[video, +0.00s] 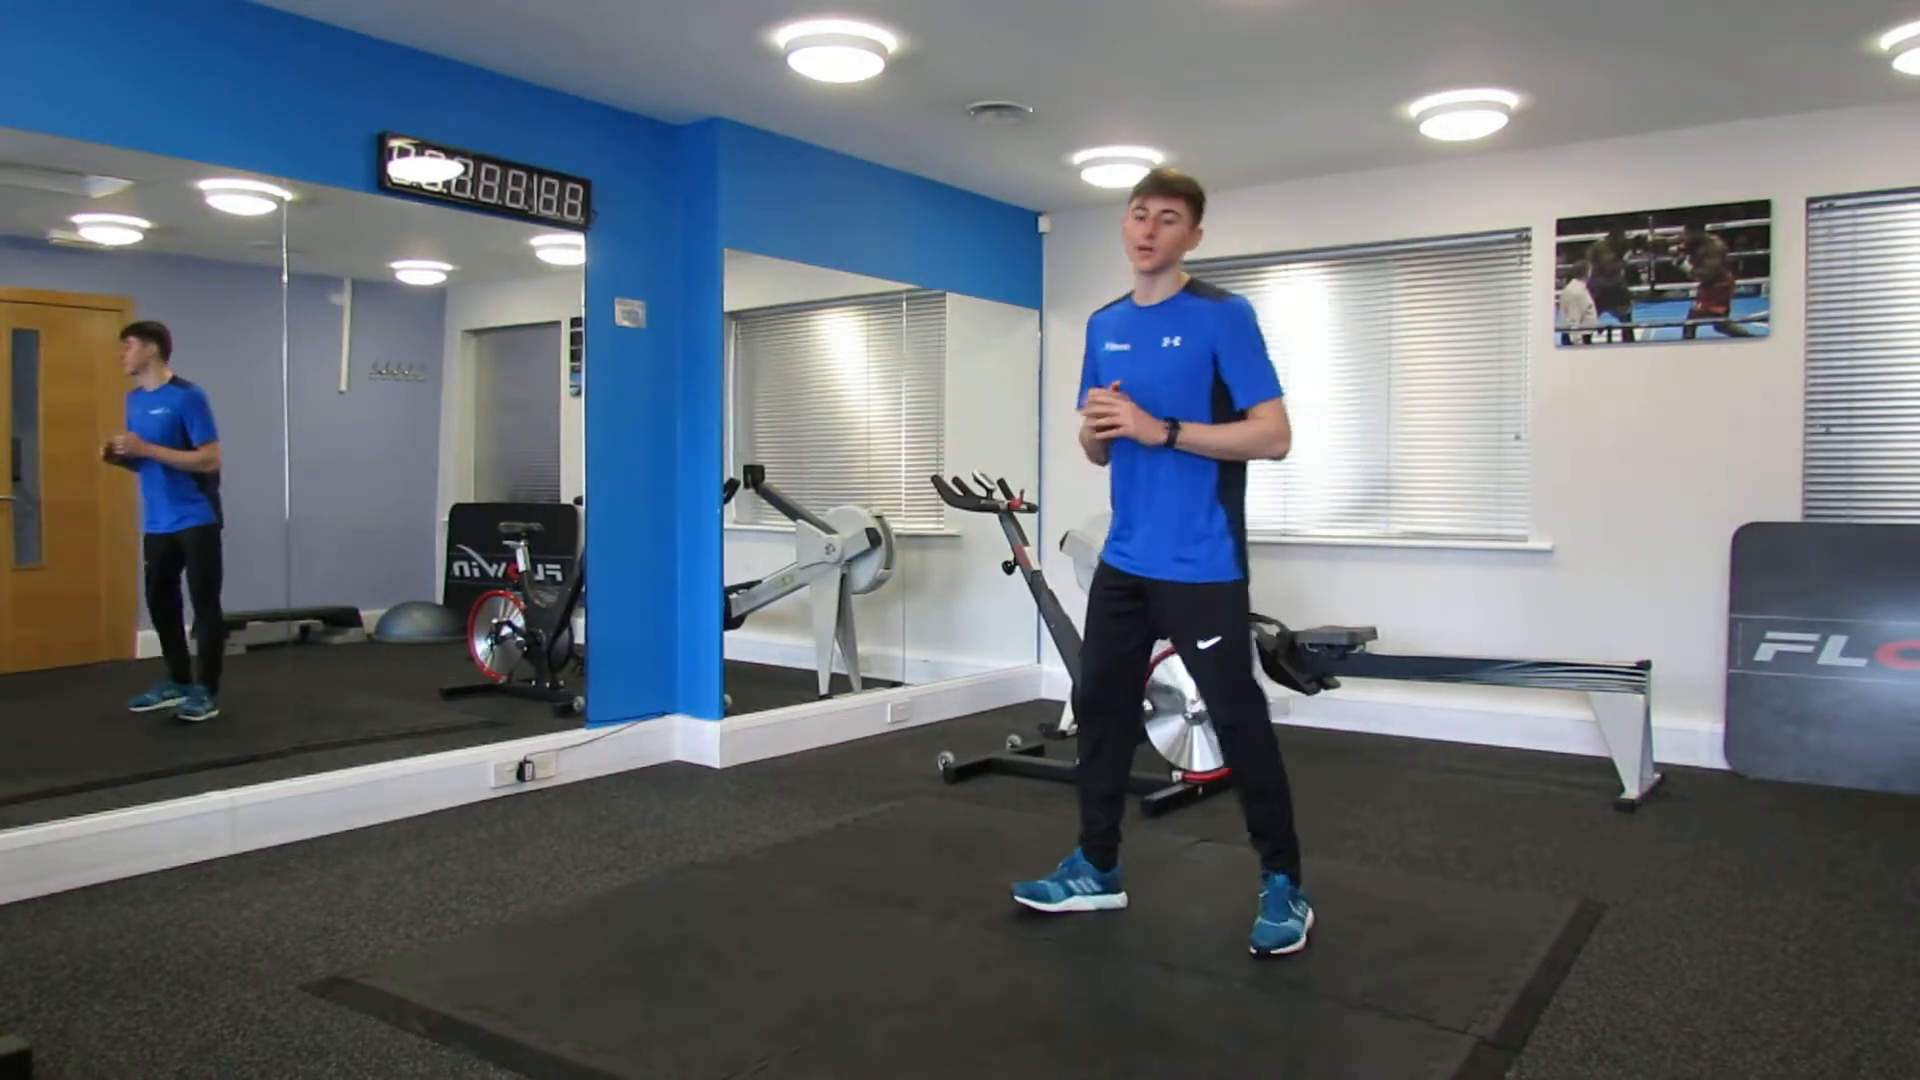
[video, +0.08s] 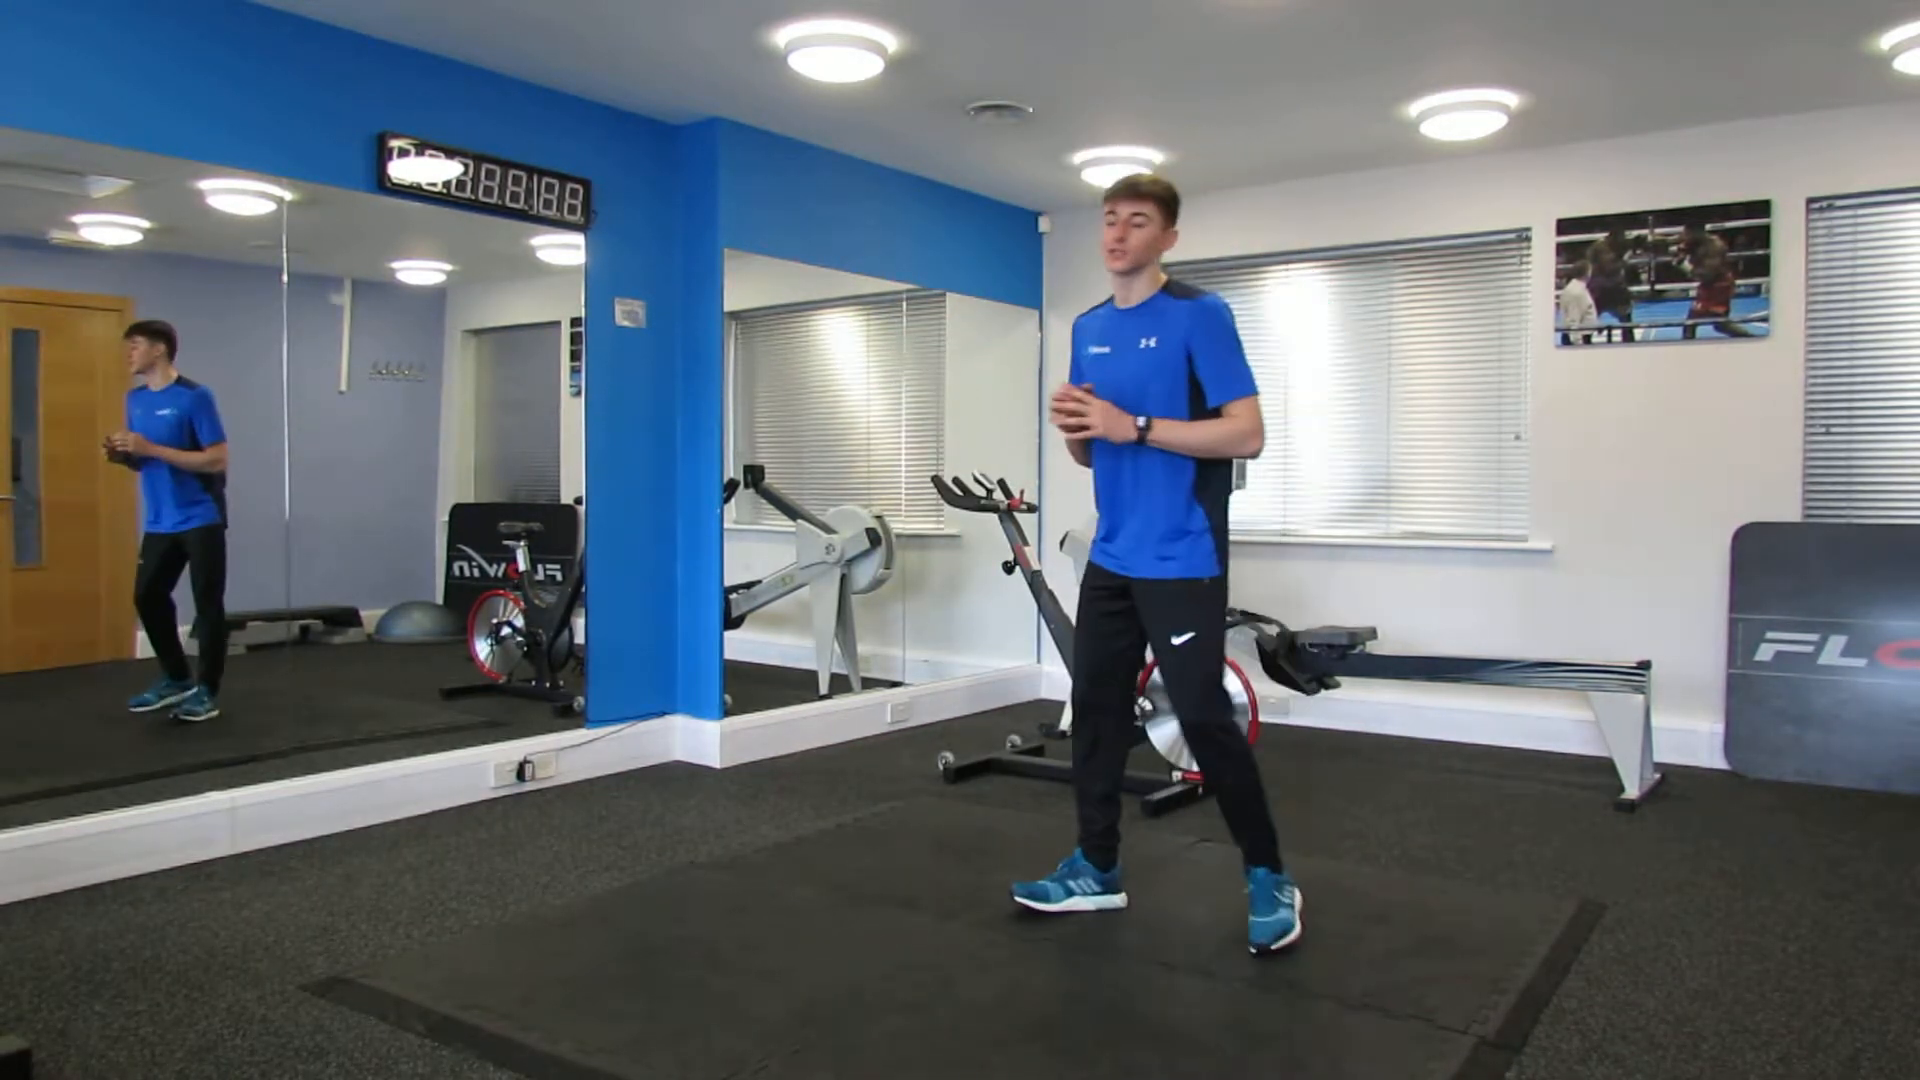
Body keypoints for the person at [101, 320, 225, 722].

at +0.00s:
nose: (123, 354)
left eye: (128, 346)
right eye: (123, 347)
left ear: (153, 350)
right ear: (141, 353)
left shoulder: (189, 396)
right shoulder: (134, 400)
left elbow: (212, 459)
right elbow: (146, 461)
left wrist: (147, 449)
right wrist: (118, 456)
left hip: (197, 520)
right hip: (157, 523)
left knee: (205, 604)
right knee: (161, 602)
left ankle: (207, 691)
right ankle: (179, 681)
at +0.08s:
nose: (129, 353)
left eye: (136, 345)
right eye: (129, 346)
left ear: (161, 350)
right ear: (143, 354)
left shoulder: (196, 397)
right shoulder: (135, 399)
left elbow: (218, 459)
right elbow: (145, 461)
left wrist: (152, 449)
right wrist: (121, 453)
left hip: (201, 521)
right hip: (160, 524)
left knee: (208, 604)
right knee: (149, 596)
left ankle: (208, 693)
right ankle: (177, 678)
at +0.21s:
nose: (136, 352)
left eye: (144, 344)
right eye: (135, 345)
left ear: (171, 349)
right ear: (141, 352)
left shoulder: (202, 396)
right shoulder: (137, 397)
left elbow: (226, 459)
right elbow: (145, 462)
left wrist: (159, 452)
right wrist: (127, 453)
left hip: (202, 522)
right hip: (159, 522)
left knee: (211, 610)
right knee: (144, 598)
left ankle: (208, 692)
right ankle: (175, 678)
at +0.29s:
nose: (140, 349)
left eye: (148, 342)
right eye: (138, 342)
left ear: (174, 346)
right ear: (140, 349)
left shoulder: (204, 395)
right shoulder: (136, 393)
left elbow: (226, 458)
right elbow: (132, 446)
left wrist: (158, 467)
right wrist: (129, 462)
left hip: (202, 522)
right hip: (158, 522)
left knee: (210, 609)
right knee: (150, 603)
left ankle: (207, 691)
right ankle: (169, 685)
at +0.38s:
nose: (141, 349)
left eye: (150, 342)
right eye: (139, 342)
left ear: (174, 348)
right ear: (139, 350)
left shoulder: (203, 397)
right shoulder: (133, 396)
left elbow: (222, 463)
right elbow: (133, 451)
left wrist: (162, 491)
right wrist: (135, 491)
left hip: (202, 523)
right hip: (158, 522)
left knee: (203, 609)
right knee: (149, 606)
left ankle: (207, 692)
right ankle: (161, 689)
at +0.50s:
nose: (142, 360)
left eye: (151, 354)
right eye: (139, 354)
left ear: (174, 360)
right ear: (135, 362)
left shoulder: (199, 410)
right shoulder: (129, 409)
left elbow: (213, 483)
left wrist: (179, 534)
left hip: (195, 528)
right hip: (150, 528)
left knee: (188, 609)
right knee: (134, 611)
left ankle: (203, 692)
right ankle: (154, 692)